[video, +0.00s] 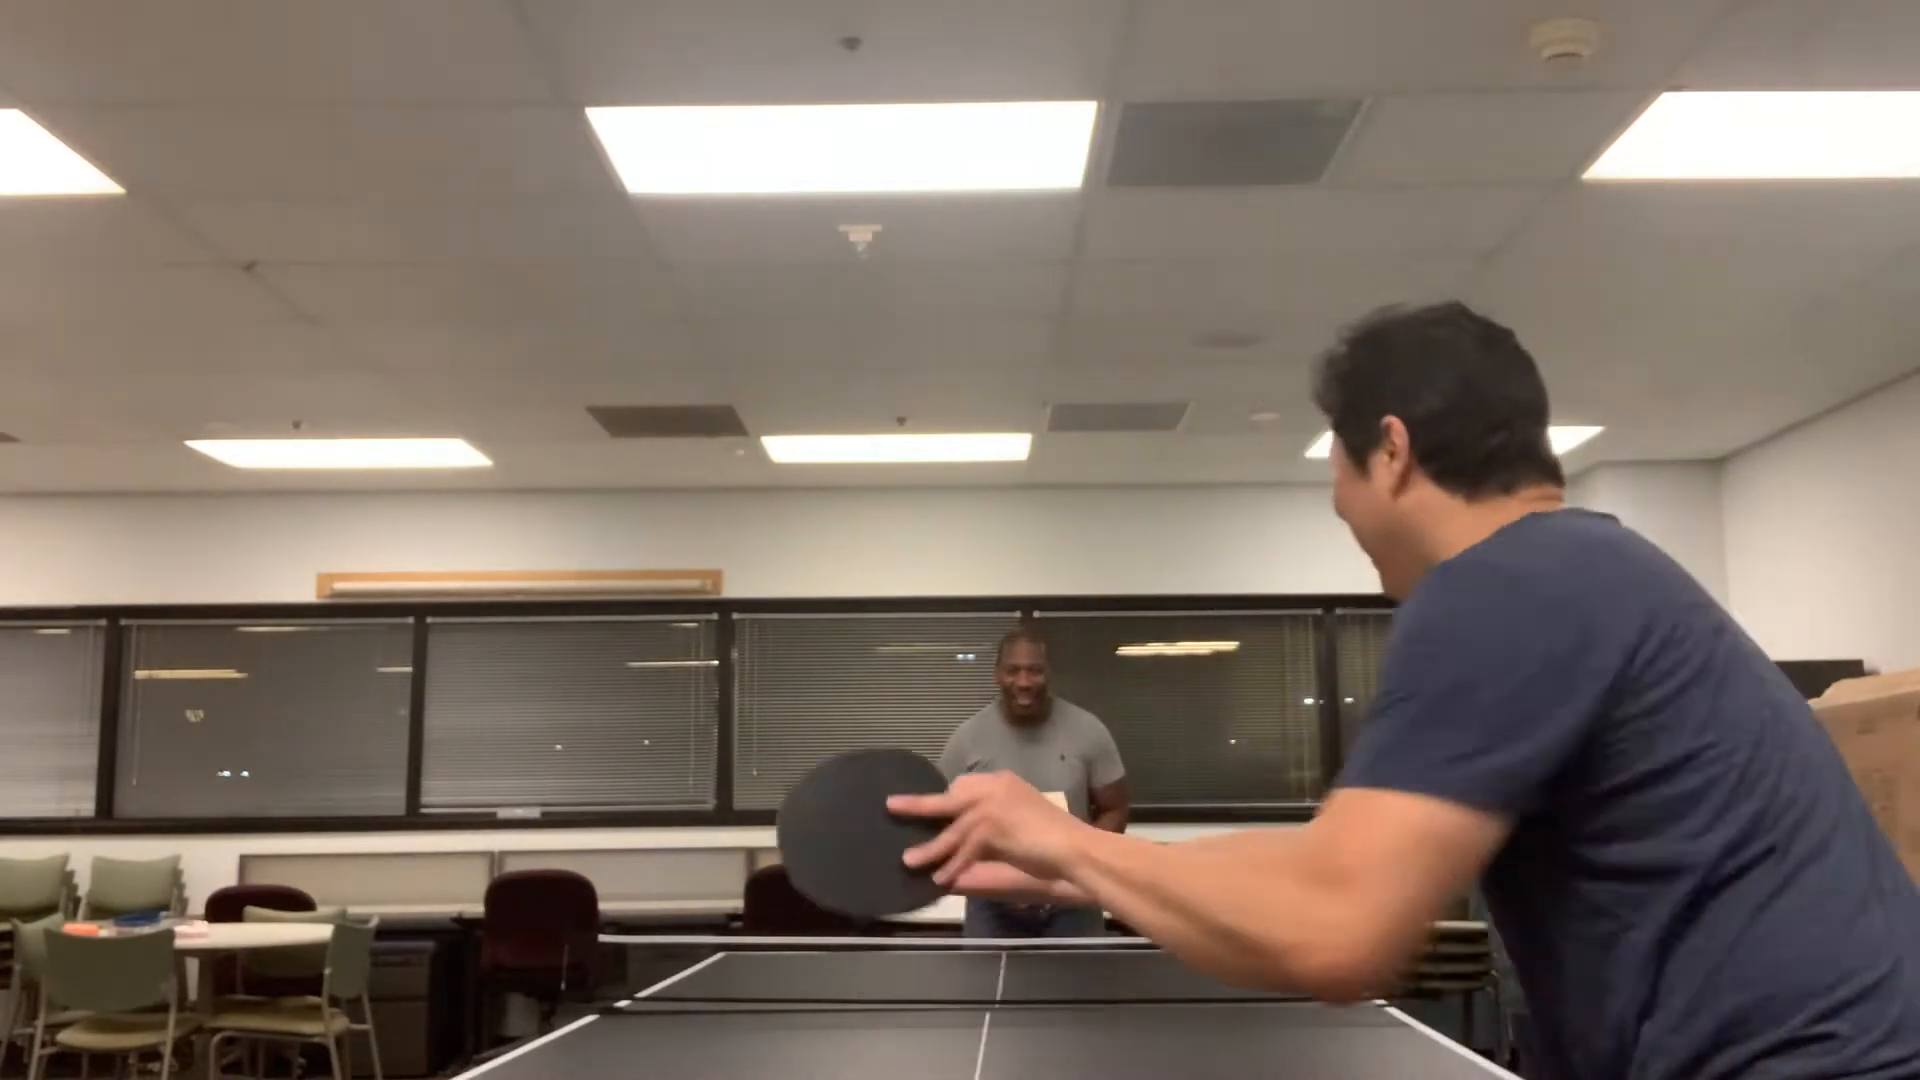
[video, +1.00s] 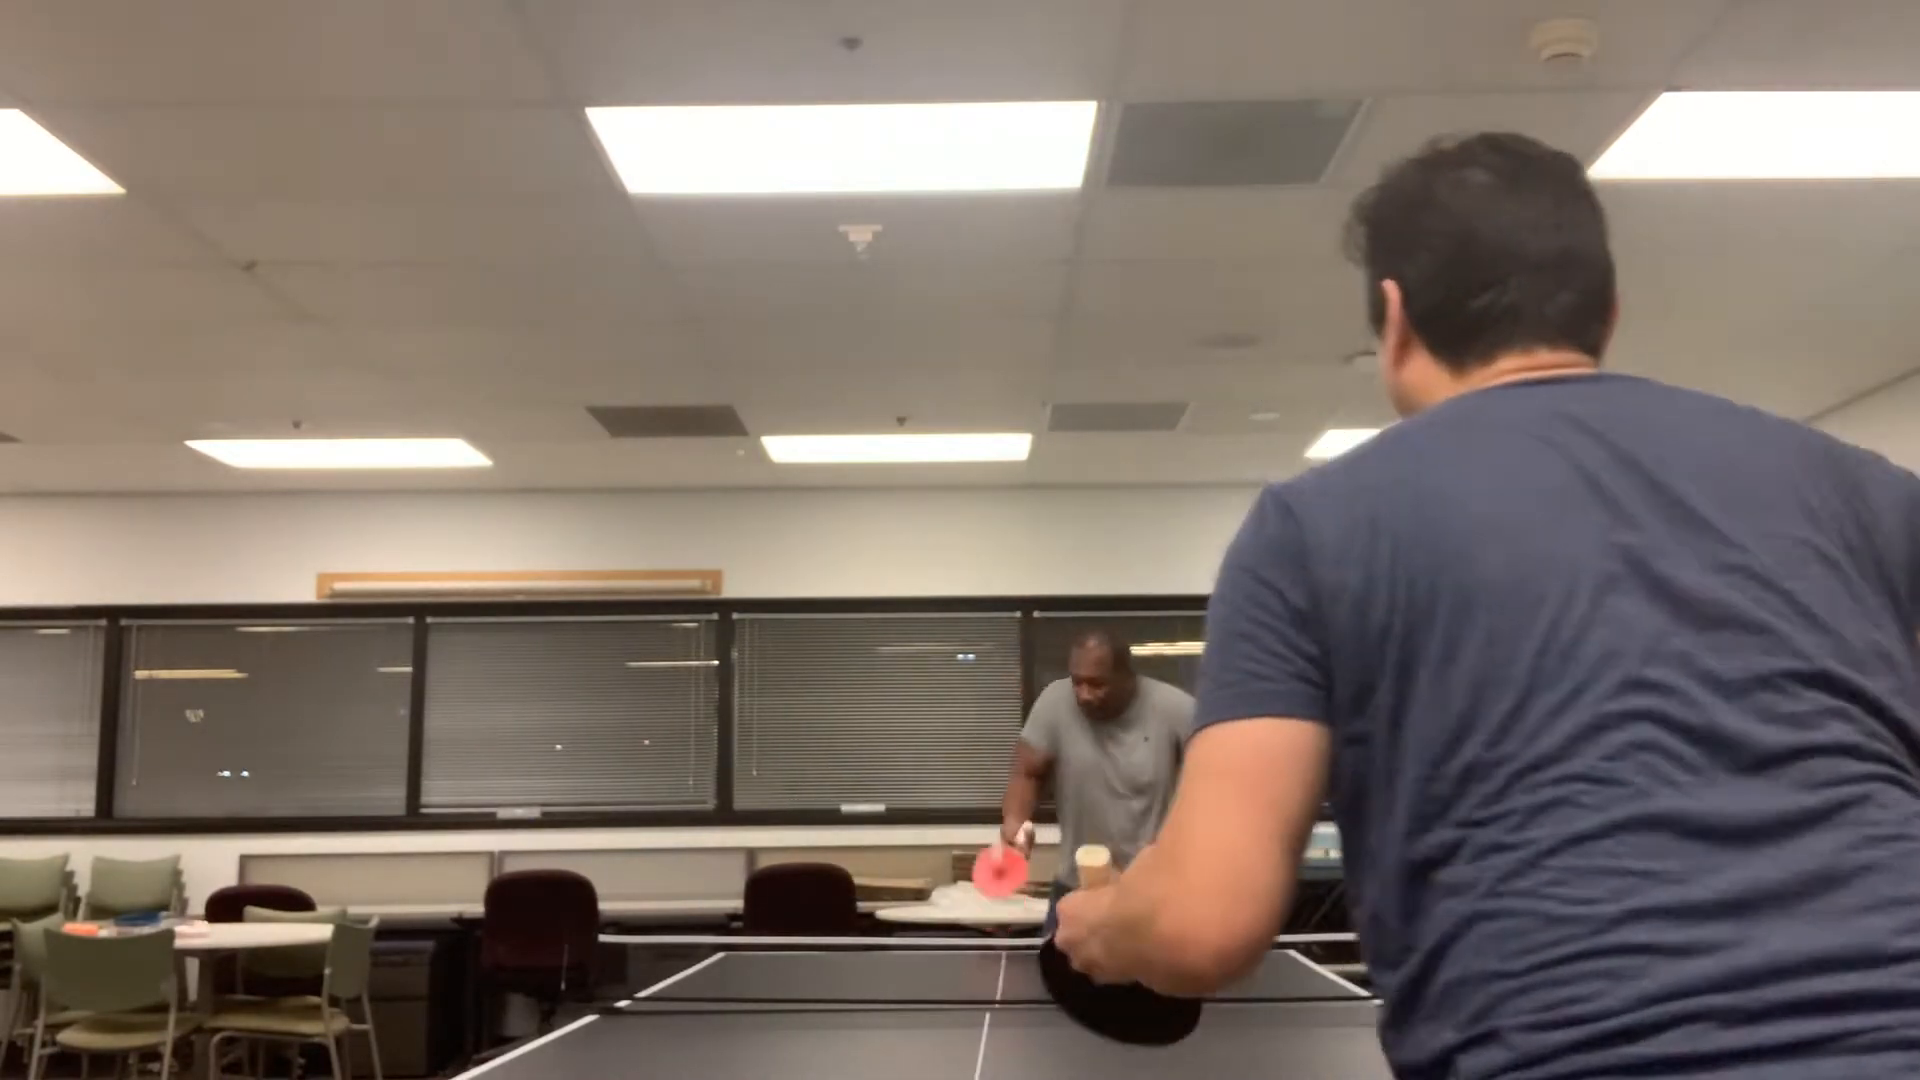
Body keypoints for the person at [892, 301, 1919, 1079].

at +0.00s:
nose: (1341, 507)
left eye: (1339, 469)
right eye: (1336, 475)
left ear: (1395, 449)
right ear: (1516, 440)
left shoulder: (1518, 586)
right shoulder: (1597, 569)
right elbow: (1355, 880)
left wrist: (1081, 856)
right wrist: (1091, 858)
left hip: (1775, 1055)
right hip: (1828, 1039)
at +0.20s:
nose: (1392, 478)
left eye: (1390, 442)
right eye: (1388, 445)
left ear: (1434, 438)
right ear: (1578, 430)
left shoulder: (1428, 607)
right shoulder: (1738, 573)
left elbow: (1208, 874)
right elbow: (1639, 890)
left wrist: (1143, 787)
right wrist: (1411, 1040)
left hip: (1683, 1059)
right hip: (1900, 1037)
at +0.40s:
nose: (1434, 461)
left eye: (1431, 428)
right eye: (1428, 431)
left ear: (1465, 423)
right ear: (1626, 425)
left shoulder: (1419, 590)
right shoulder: (1830, 600)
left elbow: (1194, 856)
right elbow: (1905, 822)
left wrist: (1176, 716)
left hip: (1628, 1060)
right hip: (1887, 1051)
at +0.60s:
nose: (1399, 397)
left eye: (1395, 367)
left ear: (1421, 364)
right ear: (1607, 373)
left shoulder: (1344, 563)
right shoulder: (1825, 541)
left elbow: (1192, 916)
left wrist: (1168, 806)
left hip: (1556, 1053)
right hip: (1869, 1042)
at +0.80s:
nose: (1341, 375)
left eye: (1336, 345)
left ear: (1352, 327)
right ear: (1555, 327)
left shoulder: (1262, 528)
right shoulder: (1781, 469)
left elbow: (1191, 937)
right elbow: (1918, 736)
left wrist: (1142, 875)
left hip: (1510, 1054)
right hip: (1860, 1039)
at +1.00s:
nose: (1377, 363)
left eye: (1371, 331)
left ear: (1394, 318)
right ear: (1609, 314)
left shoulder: (1319, 521)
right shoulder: (1861, 485)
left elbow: (1208, 931)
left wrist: (1104, 921)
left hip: (1552, 1048)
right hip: (1883, 1040)